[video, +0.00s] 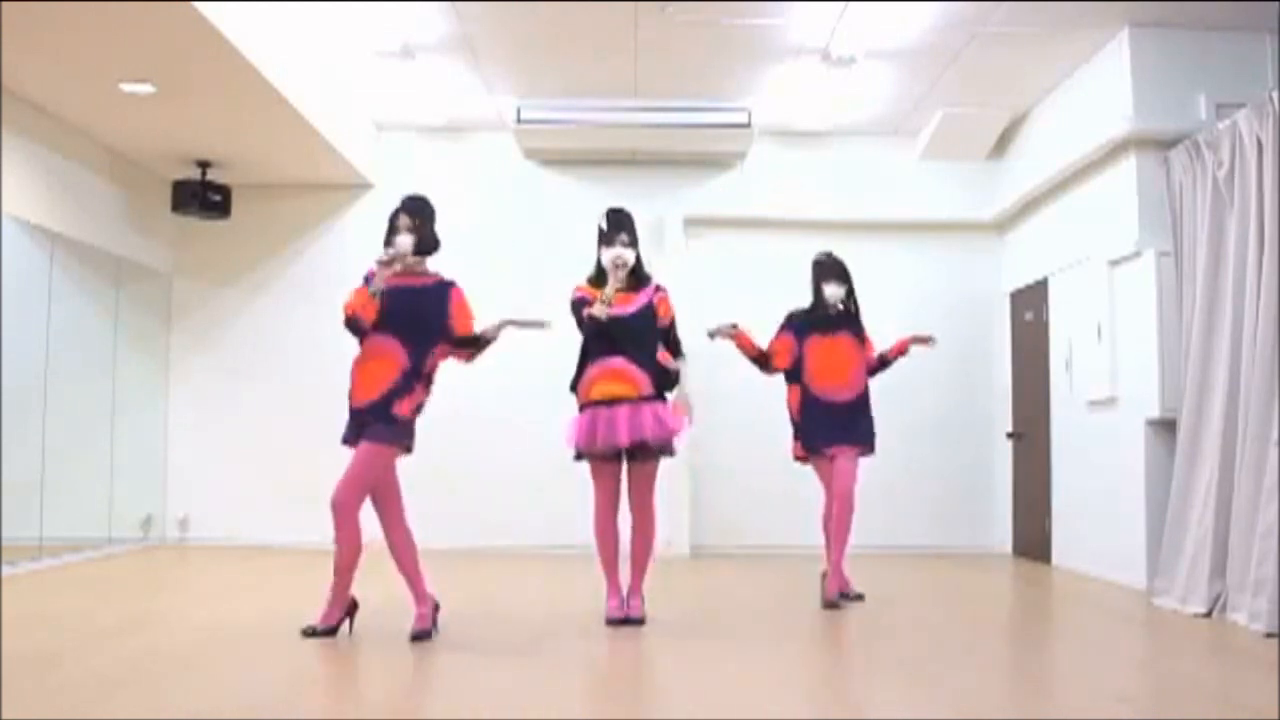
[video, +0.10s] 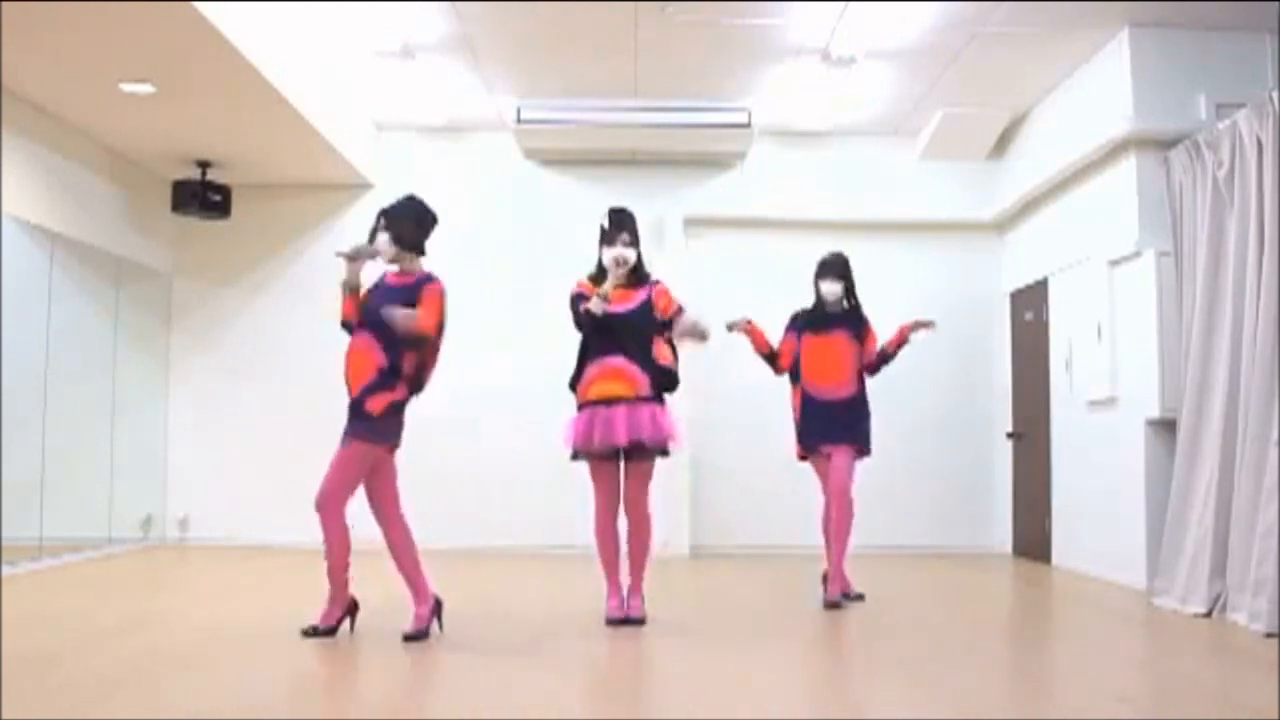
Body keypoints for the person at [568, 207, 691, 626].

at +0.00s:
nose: (619, 255)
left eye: (626, 246)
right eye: (611, 246)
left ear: (637, 250)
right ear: (599, 250)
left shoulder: (655, 294)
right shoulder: (585, 294)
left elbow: (673, 345)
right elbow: (589, 324)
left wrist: (673, 365)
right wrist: (609, 291)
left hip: (645, 400)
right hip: (600, 401)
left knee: (641, 500)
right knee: (606, 501)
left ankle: (636, 590)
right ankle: (613, 590)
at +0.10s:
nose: (620, 253)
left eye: (627, 244)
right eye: (612, 244)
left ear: (638, 248)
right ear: (600, 247)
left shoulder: (653, 292)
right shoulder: (586, 291)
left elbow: (680, 321)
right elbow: (584, 320)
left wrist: (689, 329)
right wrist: (602, 294)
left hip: (642, 400)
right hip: (598, 400)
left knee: (636, 501)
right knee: (606, 502)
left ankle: (635, 591)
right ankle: (613, 591)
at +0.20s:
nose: (622, 253)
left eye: (629, 245)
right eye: (614, 245)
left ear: (639, 249)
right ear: (601, 248)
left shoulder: (655, 289)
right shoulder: (586, 291)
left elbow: (711, 298)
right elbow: (583, 320)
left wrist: (684, 283)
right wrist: (609, 284)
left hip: (636, 401)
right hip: (593, 401)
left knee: (617, 490)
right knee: (601, 498)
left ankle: (632, 578)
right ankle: (612, 588)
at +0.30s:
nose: (624, 254)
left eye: (630, 246)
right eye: (617, 246)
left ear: (640, 251)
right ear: (603, 249)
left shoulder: (656, 292)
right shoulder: (588, 292)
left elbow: (703, 313)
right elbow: (587, 321)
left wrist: (687, 271)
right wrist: (612, 282)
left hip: (633, 395)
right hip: (591, 394)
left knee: (602, 481)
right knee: (597, 487)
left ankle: (615, 573)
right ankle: (613, 581)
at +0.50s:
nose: (620, 261)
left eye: (628, 253)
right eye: (613, 252)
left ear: (637, 258)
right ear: (599, 253)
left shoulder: (647, 301)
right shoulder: (581, 295)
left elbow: (669, 351)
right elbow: (585, 323)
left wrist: (702, 317)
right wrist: (610, 292)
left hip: (627, 406)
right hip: (585, 404)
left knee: (597, 504)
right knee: (594, 506)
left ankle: (567, 593)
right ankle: (614, 592)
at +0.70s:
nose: (618, 259)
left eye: (626, 253)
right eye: (611, 250)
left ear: (635, 257)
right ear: (597, 251)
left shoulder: (641, 297)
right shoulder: (576, 293)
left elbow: (667, 345)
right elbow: (580, 328)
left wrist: (696, 306)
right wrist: (605, 286)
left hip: (624, 407)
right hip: (582, 405)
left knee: (596, 503)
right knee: (594, 506)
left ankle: (567, 595)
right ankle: (615, 592)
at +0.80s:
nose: (618, 260)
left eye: (627, 255)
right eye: (614, 250)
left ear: (635, 258)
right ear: (601, 246)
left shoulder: (637, 292)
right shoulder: (572, 291)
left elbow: (672, 327)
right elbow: (575, 328)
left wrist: (694, 286)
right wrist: (601, 292)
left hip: (623, 407)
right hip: (580, 406)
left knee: (596, 504)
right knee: (593, 506)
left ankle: (568, 594)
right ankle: (615, 592)